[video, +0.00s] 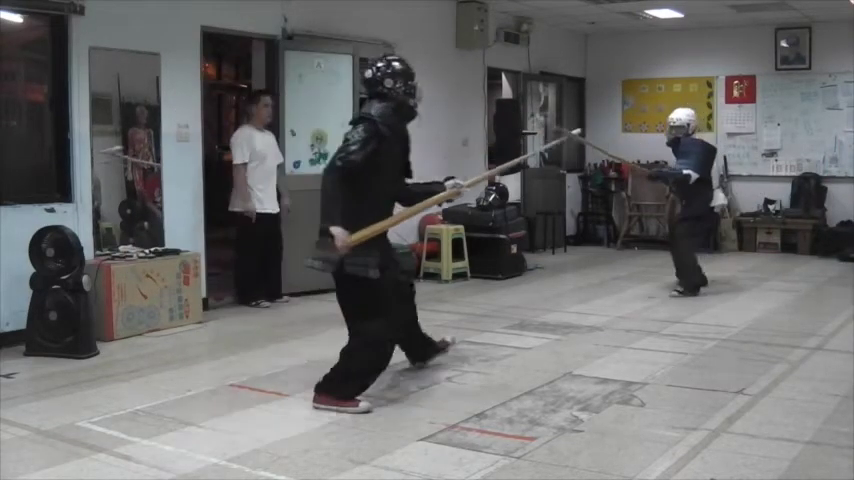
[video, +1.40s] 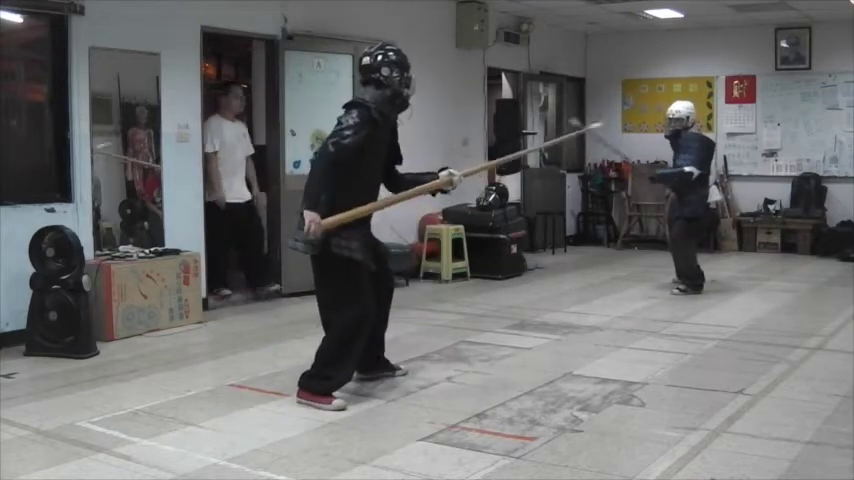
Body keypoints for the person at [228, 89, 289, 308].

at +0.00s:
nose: (270, 111)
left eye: (271, 106)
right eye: (265, 106)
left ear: (270, 110)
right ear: (252, 109)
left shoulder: (269, 136)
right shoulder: (242, 135)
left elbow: (272, 172)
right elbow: (239, 171)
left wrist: (282, 196)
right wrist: (246, 201)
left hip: (270, 206)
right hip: (250, 207)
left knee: (273, 252)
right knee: (250, 254)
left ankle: (273, 292)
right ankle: (249, 295)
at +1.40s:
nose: (242, 102)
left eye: (242, 98)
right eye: (237, 98)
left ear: (241, 102)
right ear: (224, 100)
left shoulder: (241, 127)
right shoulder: (212, 124)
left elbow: (248, 161)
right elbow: (211, 159)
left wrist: (255, 190)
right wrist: (216, 191)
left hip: (243, 198)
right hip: (219, 199)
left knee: (254, 238)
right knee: (219, 245)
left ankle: (260, 282)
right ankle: (217, 285)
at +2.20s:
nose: (232, 100)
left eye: (233, 96)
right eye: (227, 96)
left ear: (232, 99)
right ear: (215, 98)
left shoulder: (233, 125)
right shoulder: (206, 123)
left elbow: (243, 155)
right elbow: (207, 158)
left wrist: (254, 179)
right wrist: (222, 187)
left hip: (236, 196)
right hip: (214, 198)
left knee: (242, 240)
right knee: (217, 244)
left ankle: (250, 280)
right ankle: (217, 285)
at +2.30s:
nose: (232, 100)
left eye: (232, 96)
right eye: (227, 96)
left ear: (231, 99)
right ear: (215, 98)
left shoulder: (233, 125)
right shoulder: (207, 123)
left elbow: (243, 156)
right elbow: (206, 158)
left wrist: (252, 180)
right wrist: (218, 187)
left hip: (237, 196)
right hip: (214, 197)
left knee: (242, 240)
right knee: (217, 244)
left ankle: (251, 280)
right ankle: (217, 285)